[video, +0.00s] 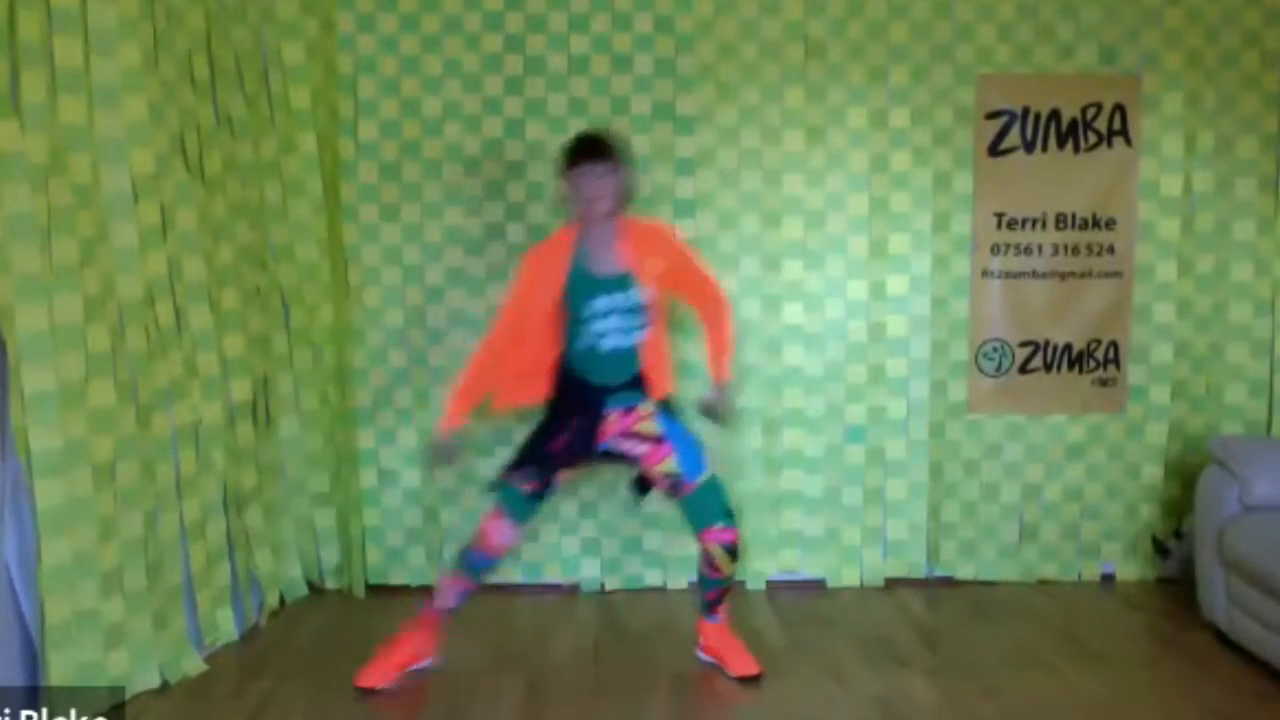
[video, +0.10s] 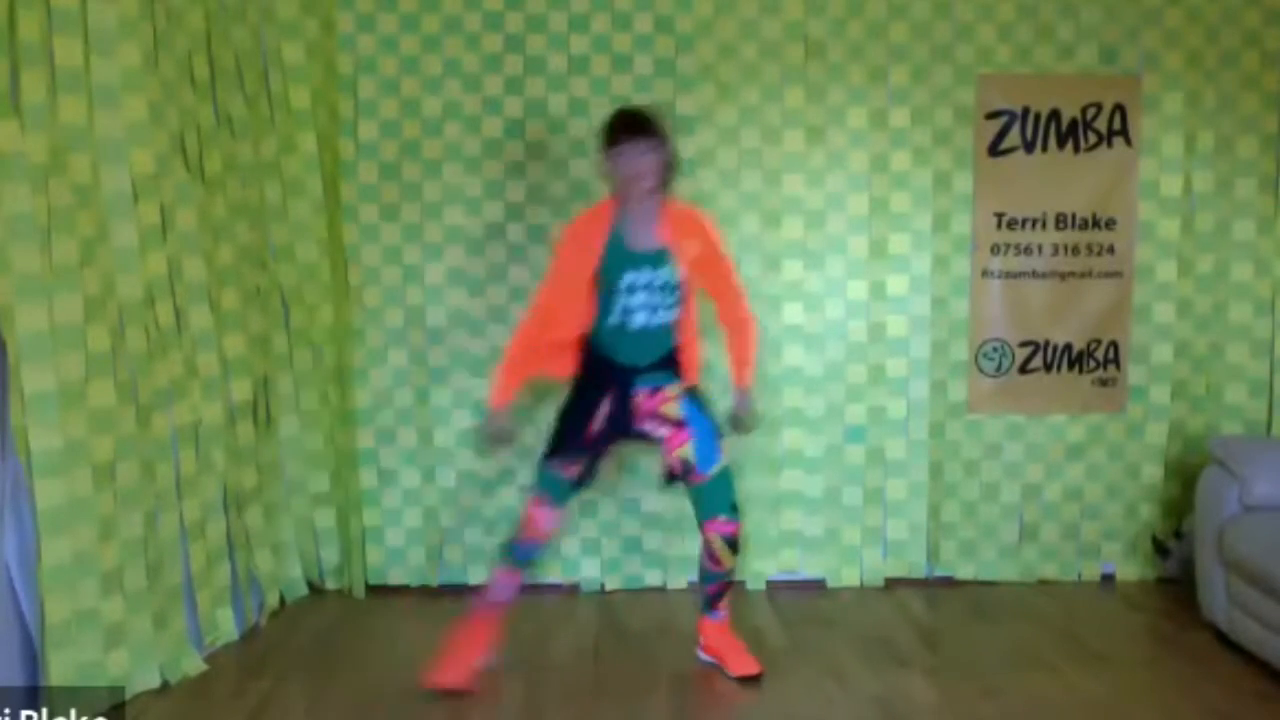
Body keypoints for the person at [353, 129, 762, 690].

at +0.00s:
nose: (595, 194)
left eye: (605, 182)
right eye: (584, 184)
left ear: (623, 185)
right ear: (568, 191)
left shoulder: (654, 245)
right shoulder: (550, 260)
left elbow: (713, 302)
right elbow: (504, 339)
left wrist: (721, 382)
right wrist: (454, 418)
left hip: (641, 409)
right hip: (572, 415)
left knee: (720, 530)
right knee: (499, 531)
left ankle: (715, 629)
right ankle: (424, 633)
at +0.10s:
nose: (640, 173)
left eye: (650, 160)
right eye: (627, 162)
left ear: (667, 165)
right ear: (608, 169)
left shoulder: (689, 228)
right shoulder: (589, 233)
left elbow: (732, 304)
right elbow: (550, 316)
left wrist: (743, 383)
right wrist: (503, 395)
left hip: (666, 384)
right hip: (600, 385)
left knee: (721, 510)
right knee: (542, 514)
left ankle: (716, 626)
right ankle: (480, 631)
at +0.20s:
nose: (674, 138)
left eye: (686, 126)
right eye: (662, 127)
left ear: (707, 132)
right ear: (648, 135)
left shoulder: (738, 195)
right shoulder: (630, 199)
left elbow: (758, 283)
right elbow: (605, 286)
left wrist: (762, 367)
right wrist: (581, 370)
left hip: (710, 359)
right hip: (638, 358)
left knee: (714, 501)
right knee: (632, 500)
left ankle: (715, 624)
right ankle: (625, 627)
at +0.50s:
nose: (686, 152)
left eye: (697, 141)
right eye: (674, 142)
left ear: (717, 149)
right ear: (660, 155)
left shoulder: (754, 201)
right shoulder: (650, 228)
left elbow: (789, 284)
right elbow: (636, 317)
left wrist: (810, 369)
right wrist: (638, 404)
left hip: (765, 369)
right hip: (695, 378)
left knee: (803, 502)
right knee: (679, 513)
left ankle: (766, 606)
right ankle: (680, 634)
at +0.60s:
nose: (708, 166)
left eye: (720, 154)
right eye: (698, 155)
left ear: (739, 160)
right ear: (684, 161)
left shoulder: (773, 218)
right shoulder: (666, 233)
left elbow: (813, 297)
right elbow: (640, 324)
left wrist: (853, 377)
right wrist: (650, 404)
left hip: (778, 388)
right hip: (704, 396)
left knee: (846, 500)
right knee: (670, 518)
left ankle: (834, 613)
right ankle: (679, 635)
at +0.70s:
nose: (746, 176)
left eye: (759, 165)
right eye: (737, 163)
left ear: (777, 175)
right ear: (721, 170)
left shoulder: (798, 237)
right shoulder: (689, 240)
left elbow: (848, 317)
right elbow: (649, 316)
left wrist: (901, 398)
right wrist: (656, 388)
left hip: (790, 407)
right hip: (713, 411)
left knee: (875, 507)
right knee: (661, 527)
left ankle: (913, 629)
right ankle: (678, 638)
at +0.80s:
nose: (849, 223)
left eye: (861, 213)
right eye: (840, 209)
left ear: (876, 222)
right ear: (821, 209)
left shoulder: (881, 293)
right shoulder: (774, 258)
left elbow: (936, 364)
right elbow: (699, 287)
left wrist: (999, 437)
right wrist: (699, 355)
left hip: (834, 441)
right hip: (755, 437)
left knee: (943, 531)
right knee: (670, 541)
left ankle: (969, 646)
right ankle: (680, 638)